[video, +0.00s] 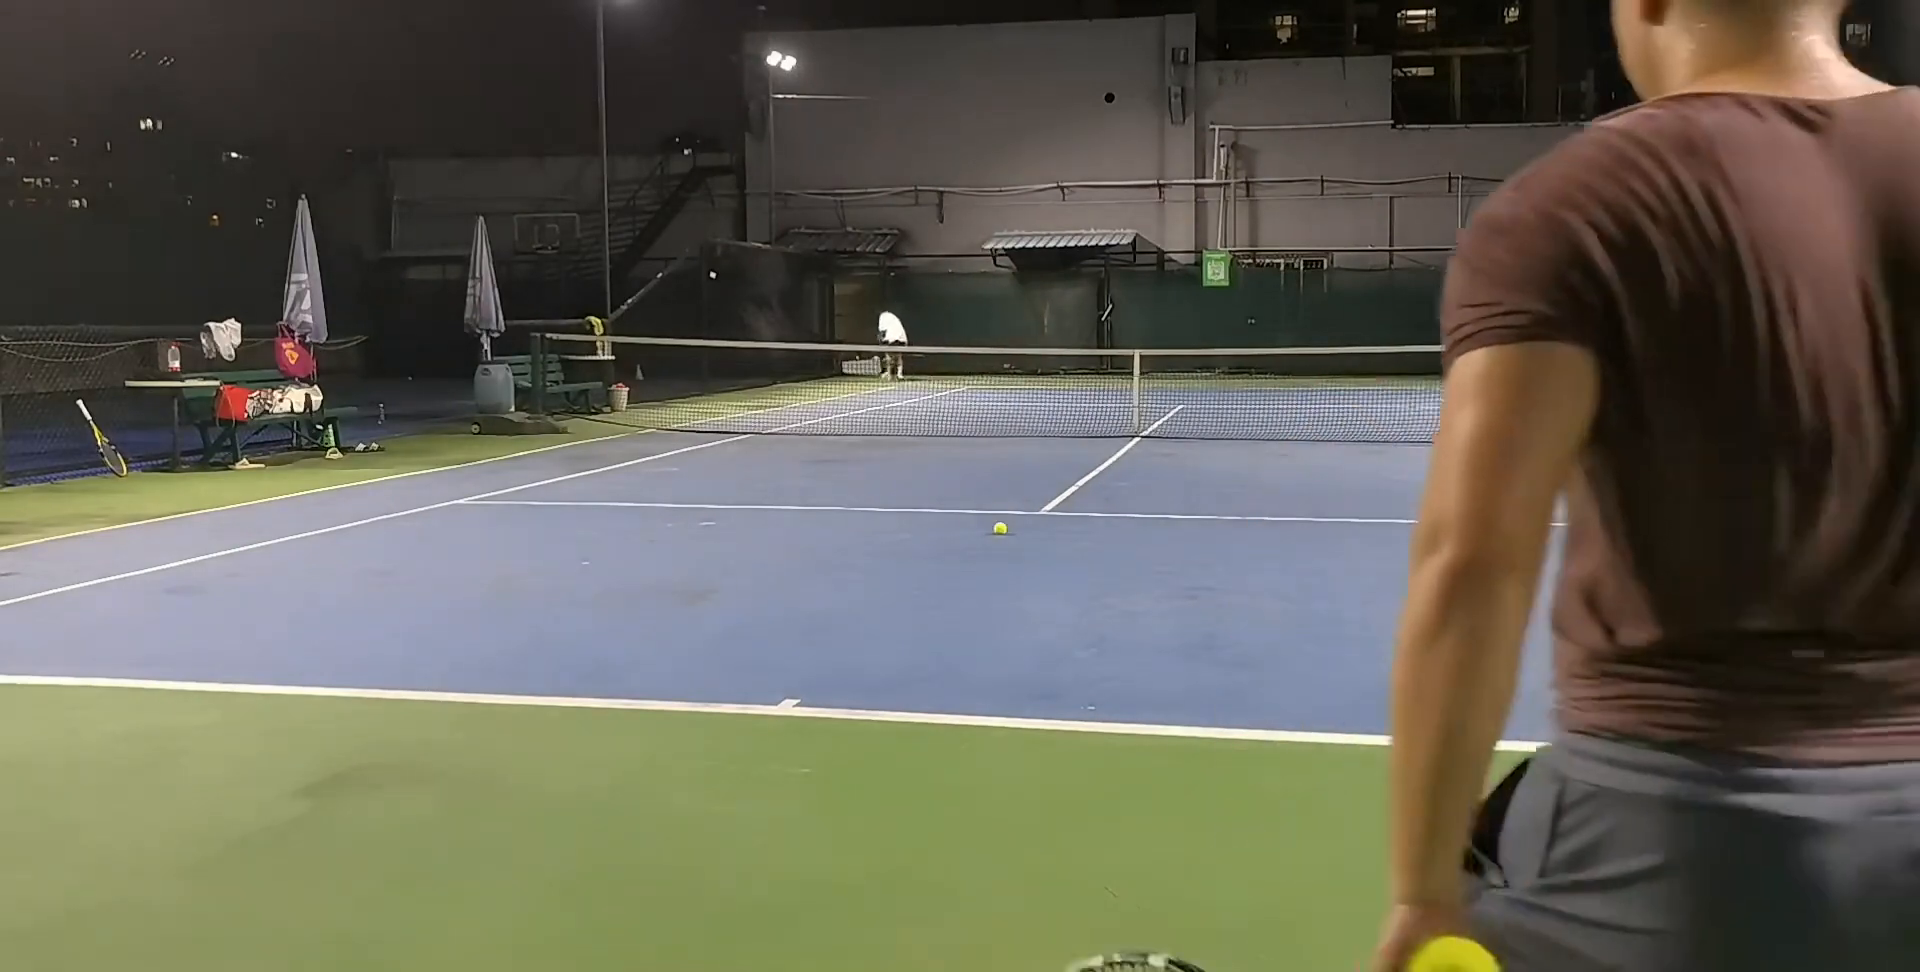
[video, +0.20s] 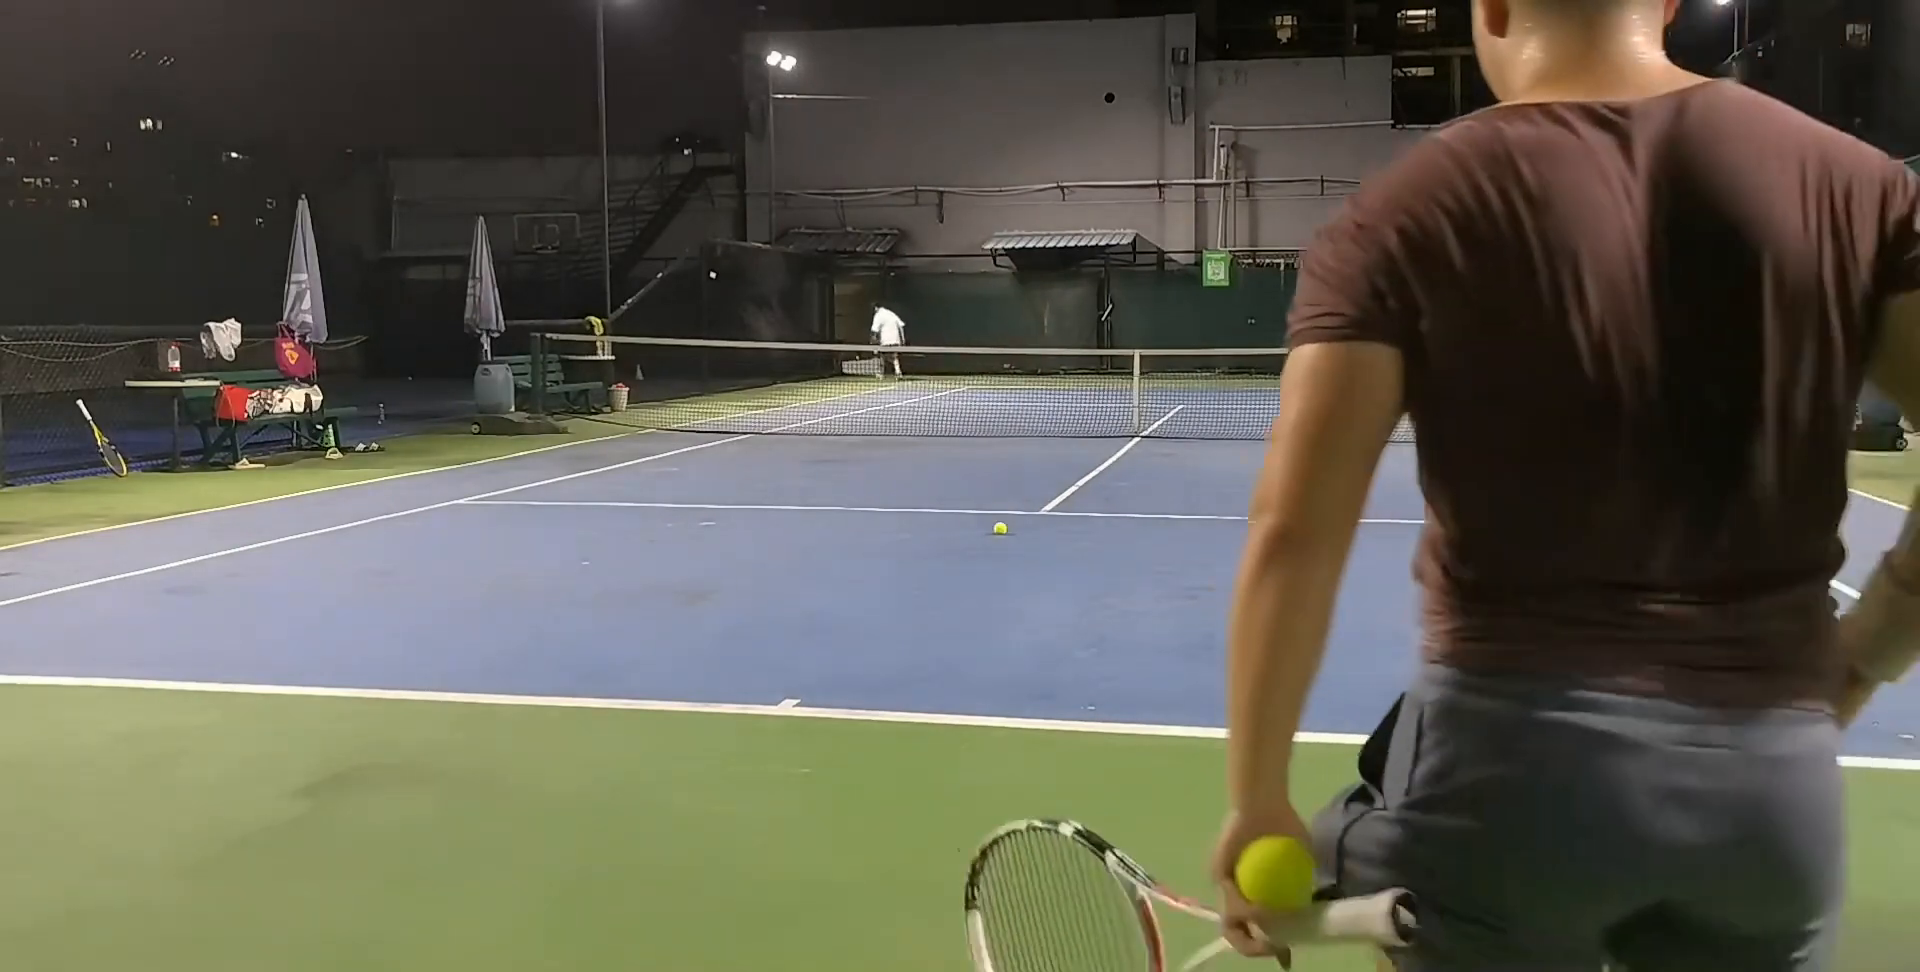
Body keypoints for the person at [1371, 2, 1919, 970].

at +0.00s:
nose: (1616, 23)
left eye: (1619, 3)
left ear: (1646, 0)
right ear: (1830, 6)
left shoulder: (1570, 206)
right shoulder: (1912, 148)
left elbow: (1475, 560)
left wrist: (1425, 890)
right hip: (1904, 812)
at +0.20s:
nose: (1478, 40)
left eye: (1476, 24)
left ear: (1491, 15)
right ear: (1665, 10)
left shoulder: (1412, 206)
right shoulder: (1856, 185)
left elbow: (1294, 534)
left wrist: (1257, 802)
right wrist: (1865, 648)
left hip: (1515, 771)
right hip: (1774, 778)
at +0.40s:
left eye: (1420, 15)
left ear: (1424, 18)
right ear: (1595, 16)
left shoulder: (1324, 214)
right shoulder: (1741, 199)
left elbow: (1215, 515)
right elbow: (1864, 474)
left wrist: (1181, 723)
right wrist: (1754, 654)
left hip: (1420, 723)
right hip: (1663, 733)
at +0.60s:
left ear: (1412, 61)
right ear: (1569, 64)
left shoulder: (1294, 230)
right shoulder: (1677, 238)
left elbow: (1177, 488)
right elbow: (1771, 500)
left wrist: (1158, 663)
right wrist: (1646, 625)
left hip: (1371, 709)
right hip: (1591, 717)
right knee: (1540, 949)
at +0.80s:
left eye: (1408, 61)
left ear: (1416, 66)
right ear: (1564, 79)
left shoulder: (1300, 206)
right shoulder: (1639, 239)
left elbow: (1165, 439)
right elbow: (1730, 472)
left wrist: (1156, 583)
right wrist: (1602, 606)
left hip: (1341, 652)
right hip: (1538, 652)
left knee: (1329, 954)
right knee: (1491, 956)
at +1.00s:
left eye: (1382, 68)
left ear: (1391, 68)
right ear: (1521, 90)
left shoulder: (1294, 201)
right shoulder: (1599, 240)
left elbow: (1141, 413)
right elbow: (1646, 474)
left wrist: (1128, 527)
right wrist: (1553, 615)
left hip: (1317, 625)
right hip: (1503, 625)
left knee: (1235, 909)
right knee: (1469, 948)